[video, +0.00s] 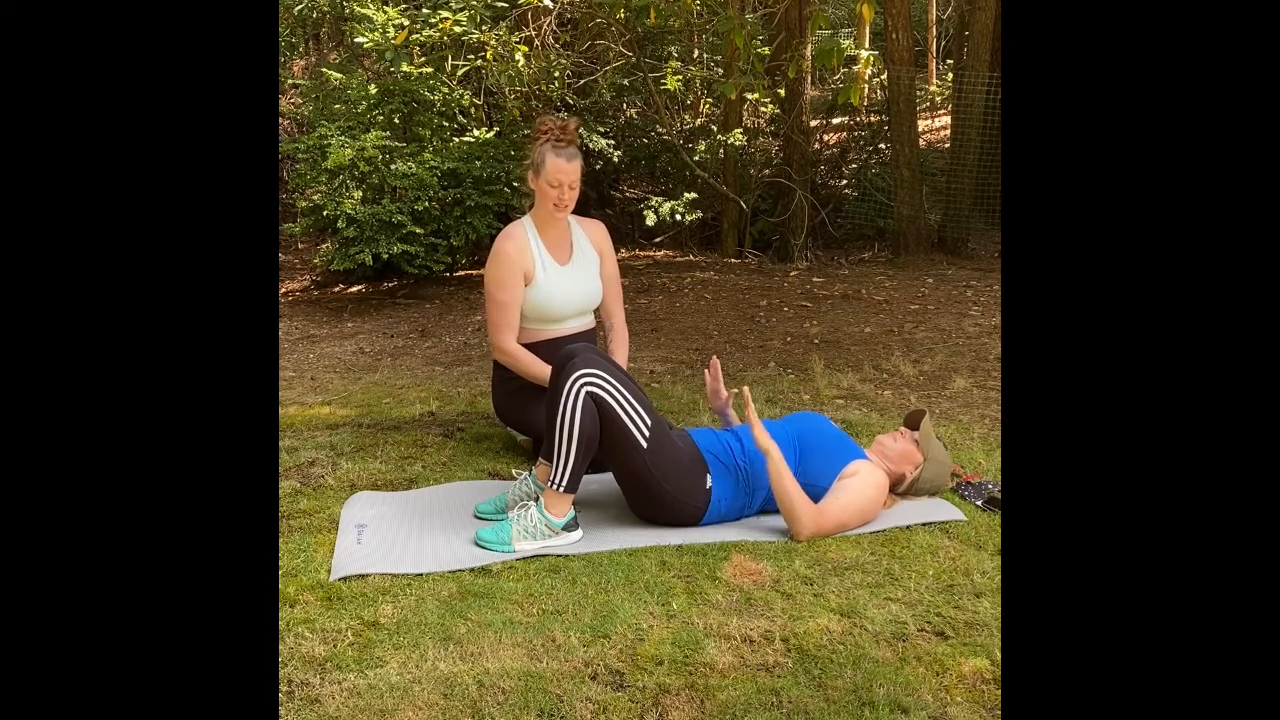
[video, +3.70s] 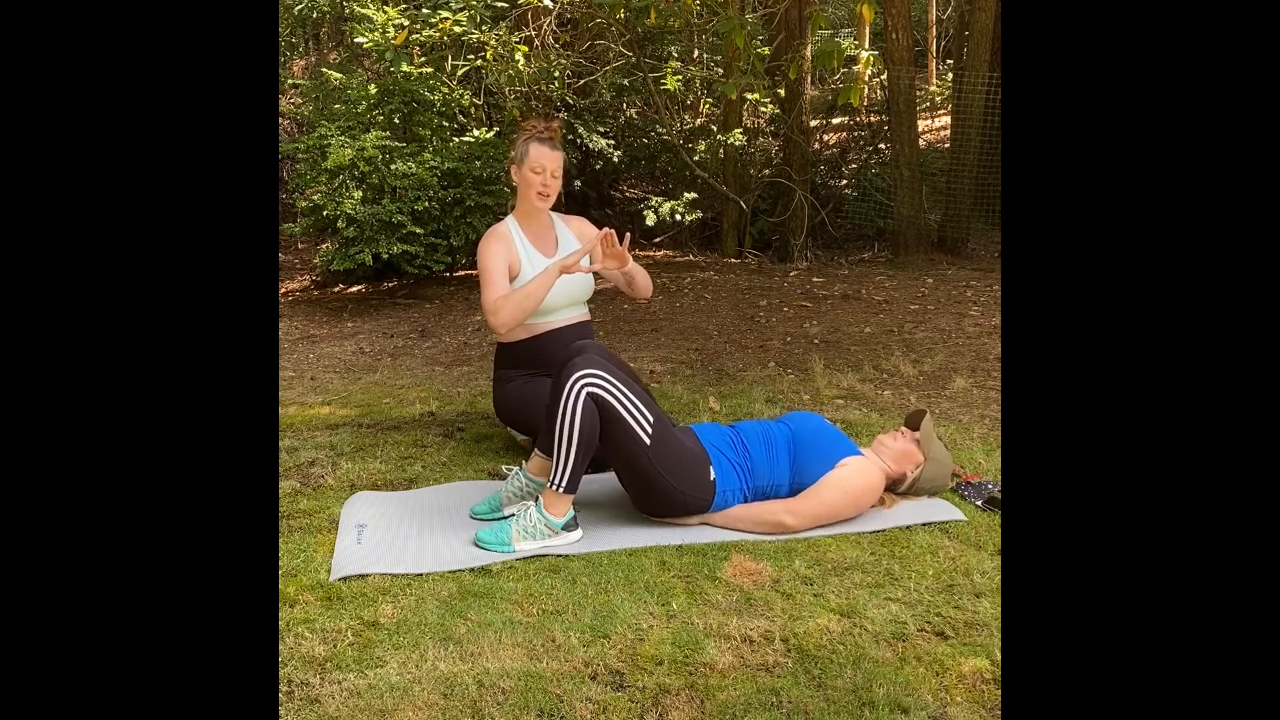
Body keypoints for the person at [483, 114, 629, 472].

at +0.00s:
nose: (564, 196)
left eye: (573, 186)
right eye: (554, 185)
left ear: (581, 183)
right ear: (533, 181)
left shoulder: (595, 234)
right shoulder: (512, 246)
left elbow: (615, 321)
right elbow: (502, 346)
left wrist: (614, 380)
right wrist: (569, 384)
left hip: (585, 373)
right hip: (525, 384)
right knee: (610, 447)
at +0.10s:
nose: (565, 195)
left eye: (574, 185)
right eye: (555, 184)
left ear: (582, 183)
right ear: (533, 180)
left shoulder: (595, 234)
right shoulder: (512, 245)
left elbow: (615, 321)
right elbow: (499, 346)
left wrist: (614, 380)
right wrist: (563, 386)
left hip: (586, 372)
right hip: (525, 382)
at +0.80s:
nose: (552, 191)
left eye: (560, 180)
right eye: (541, 181)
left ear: (570, 178)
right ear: (523, 181)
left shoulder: (590, 233)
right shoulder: (509, 244)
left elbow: (614, 319)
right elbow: (502, 333)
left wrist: (616, 366)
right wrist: (517, 374)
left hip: (587, 366)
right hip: (527, 375)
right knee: (599, 448)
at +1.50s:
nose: (554, 187)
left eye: (561, 177)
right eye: (543, 177)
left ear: (568, 178)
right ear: (520, 178)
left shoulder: (585, 232)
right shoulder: (505, 243)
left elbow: (611, 318)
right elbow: (497, 342)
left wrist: (615, 366)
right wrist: (524, 337)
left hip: (585, 364)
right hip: (525, 375)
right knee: (604, 448)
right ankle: (536, 440)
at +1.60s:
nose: (554, 184)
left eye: (561, 174)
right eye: (542, 174)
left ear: (568, 176)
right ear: (520, 177)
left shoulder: (585, 231)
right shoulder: (504, 243)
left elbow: (608, 306)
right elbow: (497, 345)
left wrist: (621, 346)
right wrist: (524, 322)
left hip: (586, 365)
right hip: (524, 375)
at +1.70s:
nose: (552, 183)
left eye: (560, 173)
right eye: (541, 171)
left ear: (567, 178)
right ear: (520, 175)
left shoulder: (584, 231)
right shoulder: (503, 242)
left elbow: (614, 301)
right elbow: (497, 342)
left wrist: (620, 313)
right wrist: (533, 304)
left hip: (584, 365)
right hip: (524, 376)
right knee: (603, 448)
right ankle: (538, 444)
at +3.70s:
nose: (548, 183)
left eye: (555, 174)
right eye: (537, 171)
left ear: (562, 179)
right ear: (515, 173)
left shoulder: (578, 229)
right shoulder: (498, 242)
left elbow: (643, 292)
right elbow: (501, 320)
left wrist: (627, 270)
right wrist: (554, 269)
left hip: (586, 363)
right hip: (523, 377)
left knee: (643, 436)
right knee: (603, 446)